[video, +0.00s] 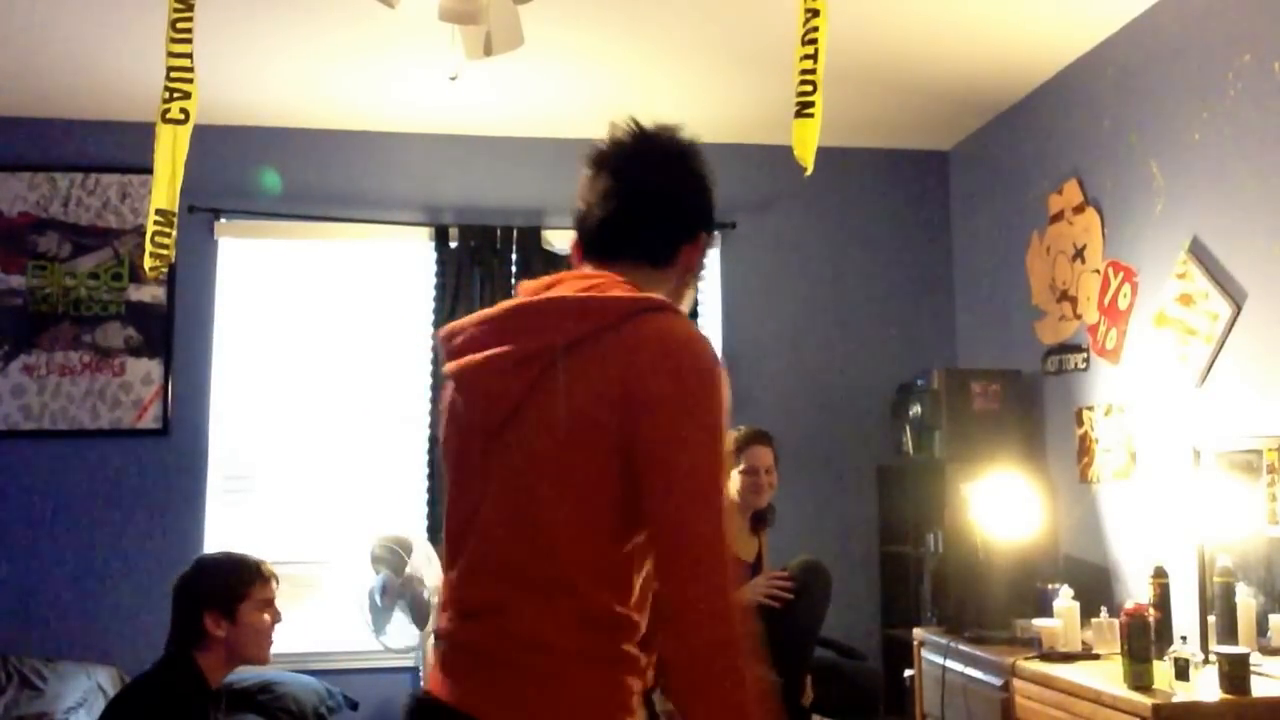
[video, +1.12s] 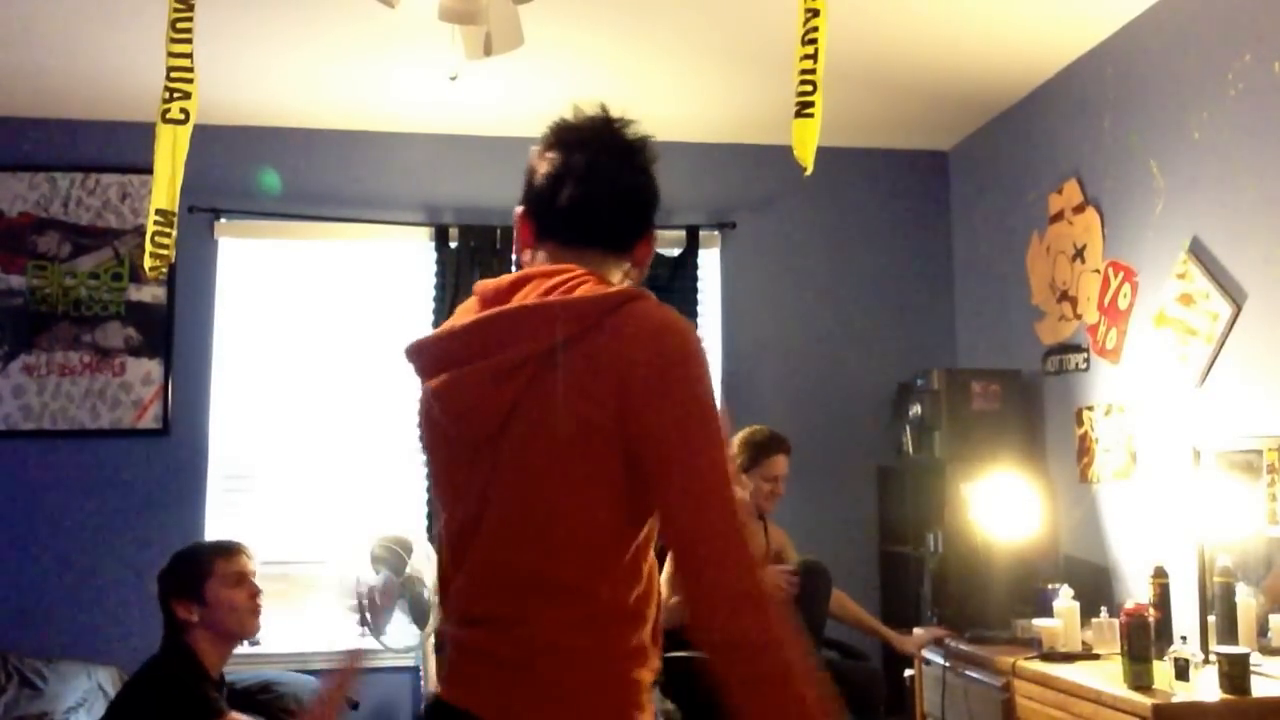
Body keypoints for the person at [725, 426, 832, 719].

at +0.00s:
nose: (761, 481)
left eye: (768, 471)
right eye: (749, 472)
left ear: (777, 477)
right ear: (726, 475)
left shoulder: (755, 531)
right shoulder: (704, 529)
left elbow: (762, 614)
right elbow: (693, 608)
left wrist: (800, 671)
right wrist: (739, 597)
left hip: (749, 646)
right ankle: (792, 704)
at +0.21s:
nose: (768, 483)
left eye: (772, 473)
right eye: (756, 474)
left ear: (778, 474)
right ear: (726, 478)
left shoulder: (754, 525)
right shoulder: (704, 525)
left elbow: (763, 595)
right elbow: (688, 612)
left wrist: (798, 669)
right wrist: (738, 597)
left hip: (753, 634)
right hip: (719, 642)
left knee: (857, 663)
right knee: (811, 574)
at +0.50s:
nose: (775, 485)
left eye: (776, 475)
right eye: (765, 476)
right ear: (734, 476)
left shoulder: (757, 525)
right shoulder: (713, 529)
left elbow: (768, 610)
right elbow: (697, 607)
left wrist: (822, 649)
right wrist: (742, 595)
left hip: (755, 647)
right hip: (721, 652)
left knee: (861, 687)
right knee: (810, 574)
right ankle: (794, 706)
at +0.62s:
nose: (776, 485)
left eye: (777, 475)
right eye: (767, 475)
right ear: (735, 475)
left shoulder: (761, 527)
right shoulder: (713, 527)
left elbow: (793, 598)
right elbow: (699, 596)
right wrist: (743, 593)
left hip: (765, 634)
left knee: (862, 675)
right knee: (810, 574)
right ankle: (791, 697)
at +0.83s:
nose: (778, 485)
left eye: (779, 476)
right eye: (769, 476)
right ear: (732, 475)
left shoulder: (765, 531)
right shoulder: (699, 528)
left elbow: (819, 591)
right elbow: (663, 612)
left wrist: (891, 632)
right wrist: (738, 597)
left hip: (749, 645)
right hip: (700, 653)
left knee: (860, 677)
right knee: (812, 574)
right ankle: (796, 702)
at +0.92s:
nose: (778, 487)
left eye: (780, 478)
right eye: (770, 477)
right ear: (733, 474)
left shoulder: (767, 532)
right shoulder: (703, 526)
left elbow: (821, 592)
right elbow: (683, 610)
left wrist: (893, 634)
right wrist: (740, 596)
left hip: (762, 645)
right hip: (721, 654)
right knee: (813, 574)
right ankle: (795, 706)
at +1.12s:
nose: (779, 491)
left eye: (783, 481)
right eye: (769, 480)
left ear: (785, 480)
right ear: (737, 475)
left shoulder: (773, 537)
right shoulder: (705, 530)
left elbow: (825, 597)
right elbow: (668, 613)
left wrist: (896, 638)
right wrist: (753, 583)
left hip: (761, 644)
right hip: (710, 649)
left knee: (815, 575)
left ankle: (797, 680)